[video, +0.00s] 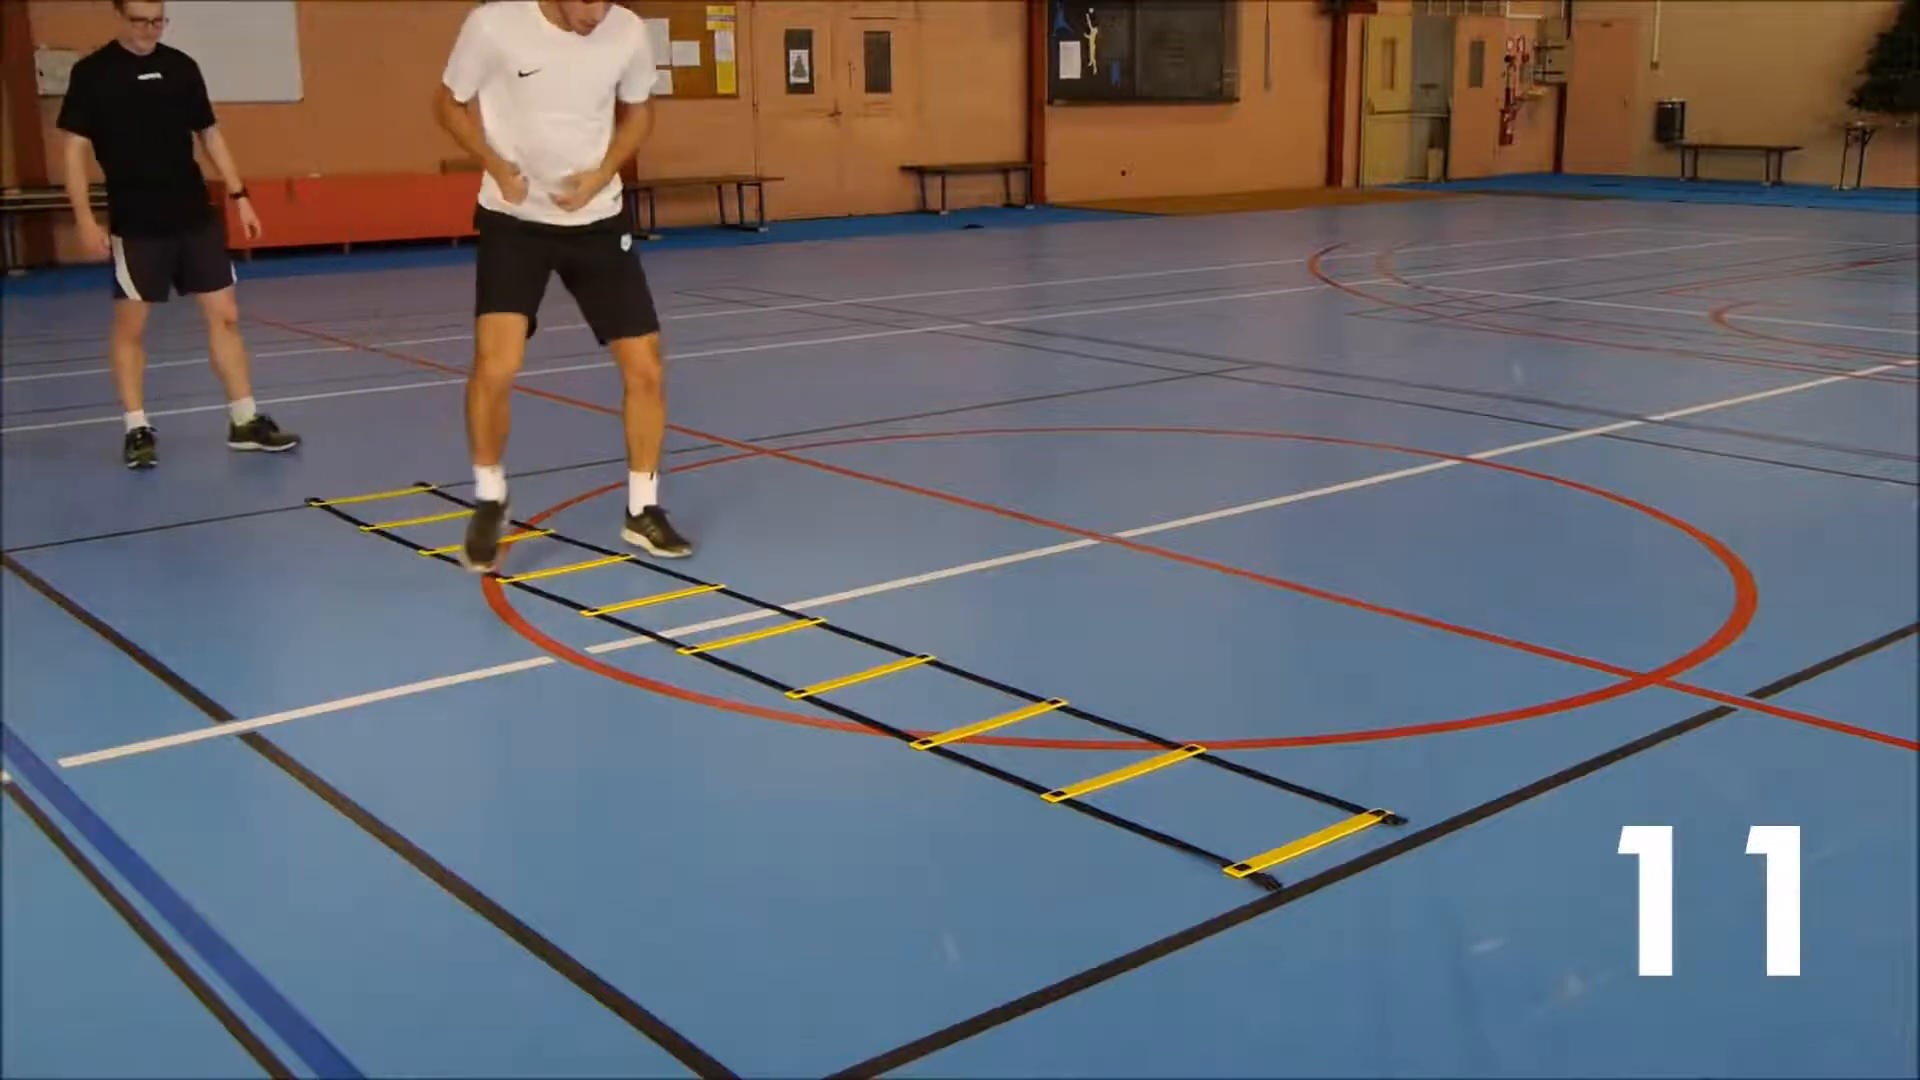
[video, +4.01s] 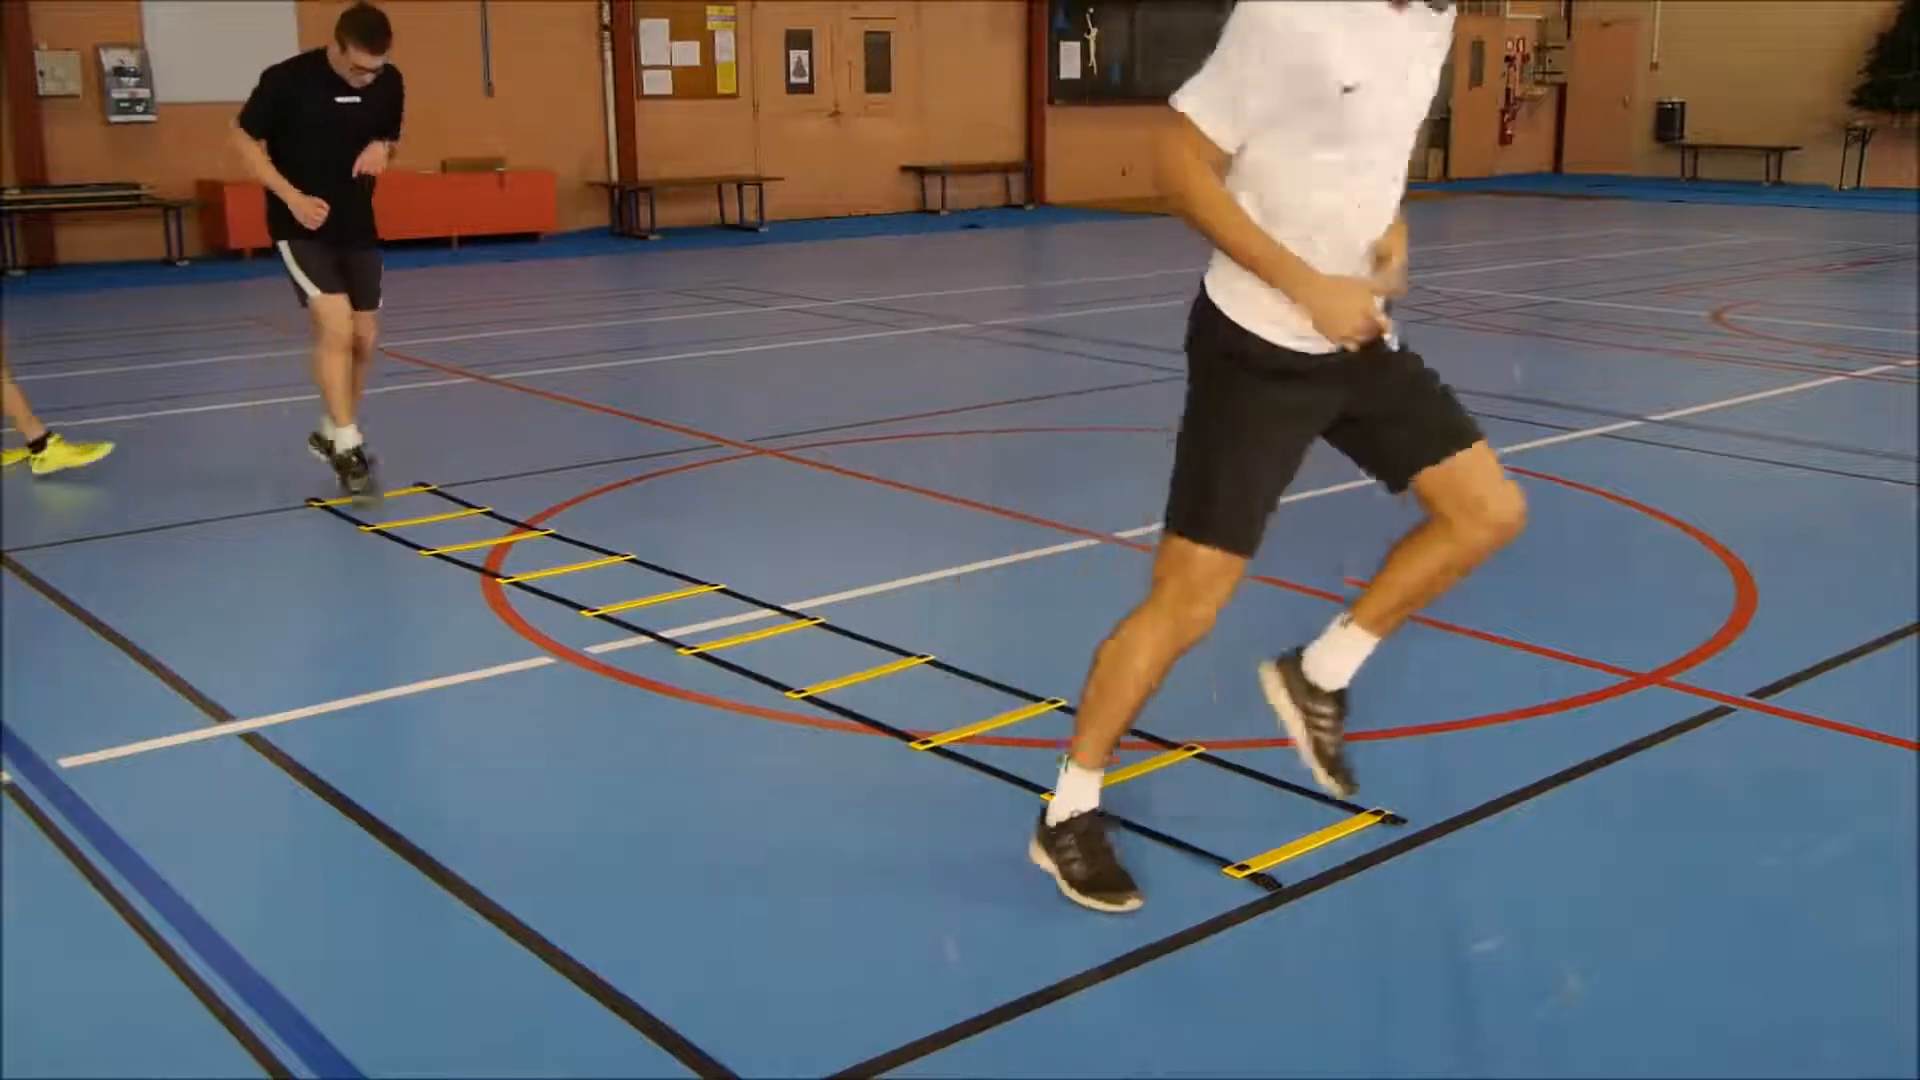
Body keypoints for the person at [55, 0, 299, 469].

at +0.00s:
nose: (150, 30)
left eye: (158, 20)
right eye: (139, 21)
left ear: (165, 16)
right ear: (117, 16)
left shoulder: (182, 66)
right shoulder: (91, 73)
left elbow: (210, 136)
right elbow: (74, 150)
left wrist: (240, 197)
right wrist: (86, 221)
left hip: (195, 214)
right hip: (135, 221)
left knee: (225, 316)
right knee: (131, 328)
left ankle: (245, 420)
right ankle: (137, 428)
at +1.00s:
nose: (161, 14)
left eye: (169, 5)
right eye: (160, 7)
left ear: (198, 7)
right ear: (185, 14)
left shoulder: (257, 62)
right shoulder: (165, 74)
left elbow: (291, 140)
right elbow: (156, 152)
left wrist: (285, 209)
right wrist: (144, 167)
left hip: (273, 215)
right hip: (214, 223)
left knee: (310, 319)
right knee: (225, 332)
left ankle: (295, 402)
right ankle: (241, 438)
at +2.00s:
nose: (321, 40)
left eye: (331, 31)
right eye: (313, 30)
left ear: (340, 23)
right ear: (291, 16)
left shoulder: (349, 77)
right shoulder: (251, 62)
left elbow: (354, 158)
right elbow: (219, 134)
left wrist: (336, 214)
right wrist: (216, 208)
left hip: (322, 224)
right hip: (261, 225)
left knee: (328, 334)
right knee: (263, 335)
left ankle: (337, 444)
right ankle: (265, 446)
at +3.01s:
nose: (325, 34)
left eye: (334, 24)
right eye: (315, 23)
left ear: (343, 18)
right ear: (293, 14)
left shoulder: (358, 69)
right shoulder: (258, 65)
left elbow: (375, 137)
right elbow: (231, 145)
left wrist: (368, 153)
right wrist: (254, 212)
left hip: (337, 225)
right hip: (278, 226)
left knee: (341, 337)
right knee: (277, 338)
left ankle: (337, 447)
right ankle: (274, 447)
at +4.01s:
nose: (368, 77)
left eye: (376, 68)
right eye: (360, 68)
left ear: (385, 55)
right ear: (336, 48)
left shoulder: (387, 83)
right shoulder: (286, 81)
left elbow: (390, 140)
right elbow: (242, 141)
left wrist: (381, 148)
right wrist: (292, 197)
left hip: (357, 222)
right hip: (301, 225)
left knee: (364, 340)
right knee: (337, 326)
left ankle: (335, 432)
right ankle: (346, 442)